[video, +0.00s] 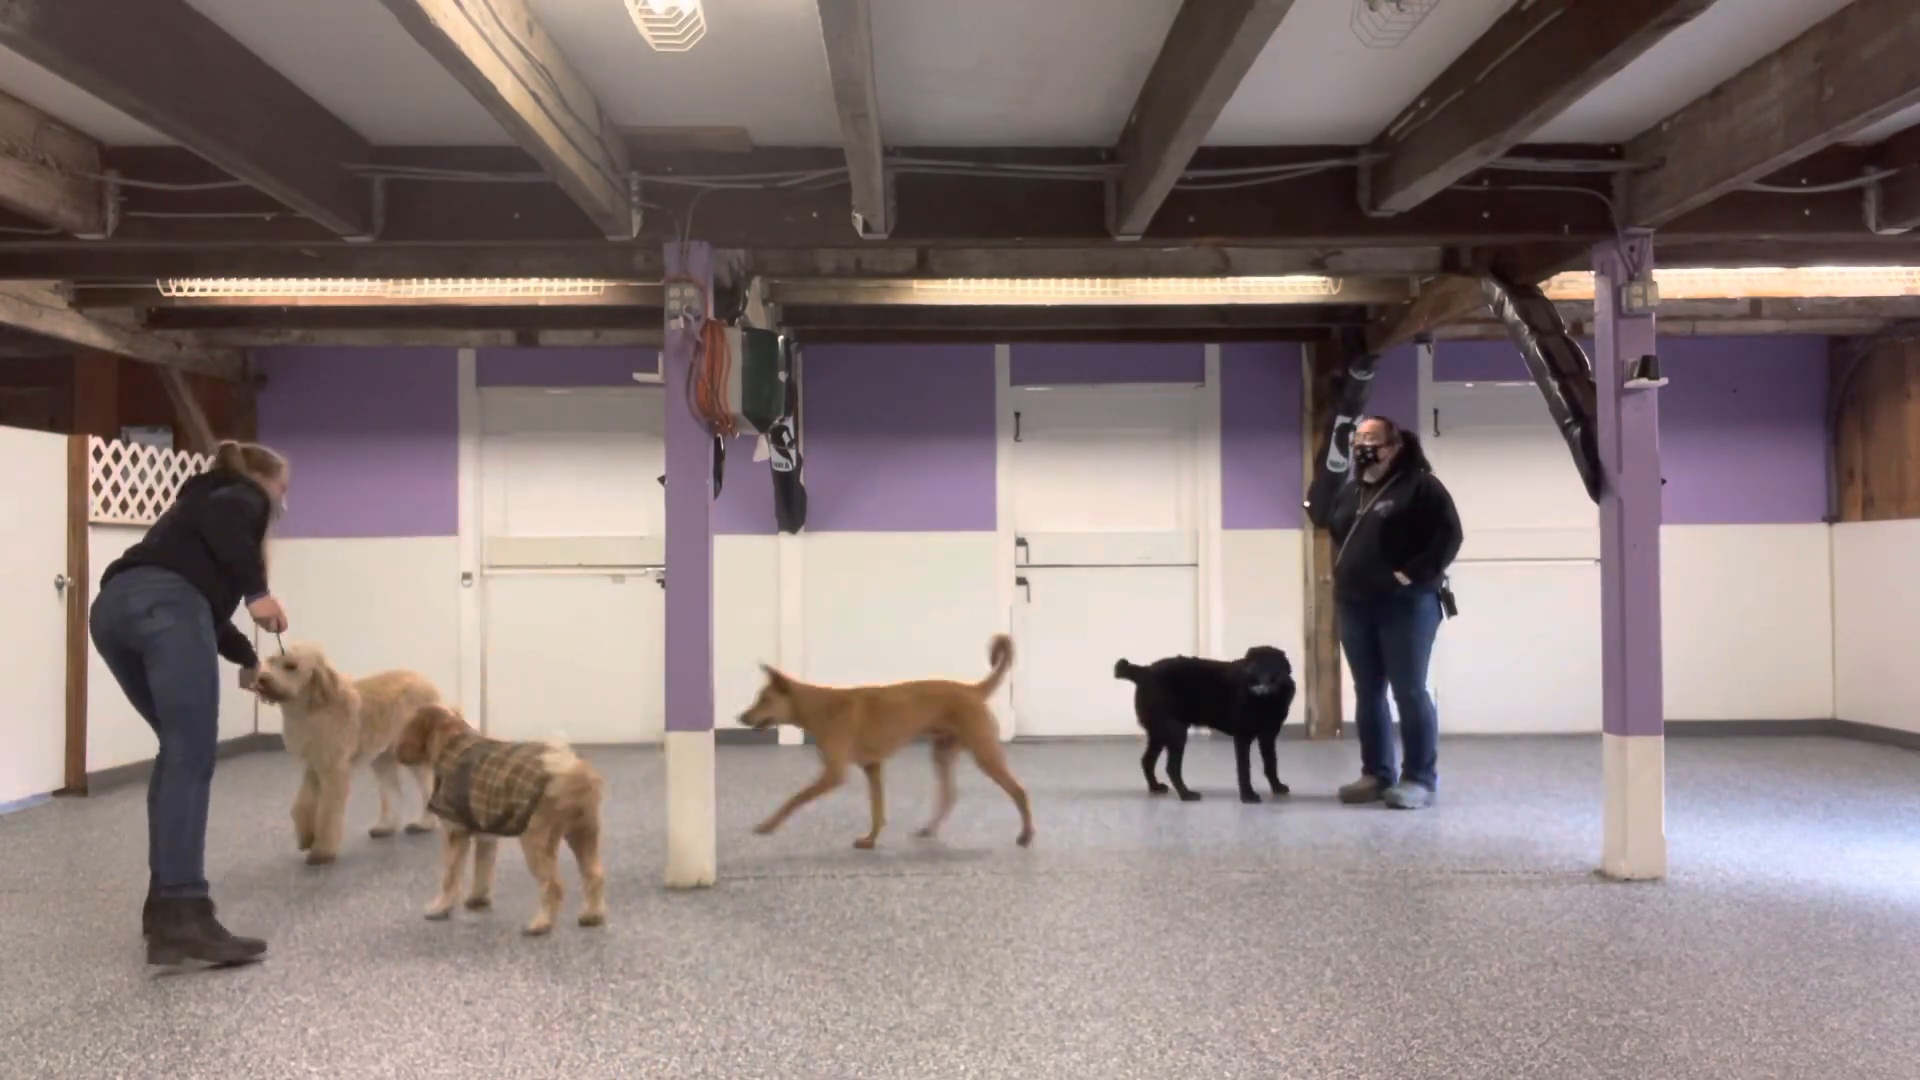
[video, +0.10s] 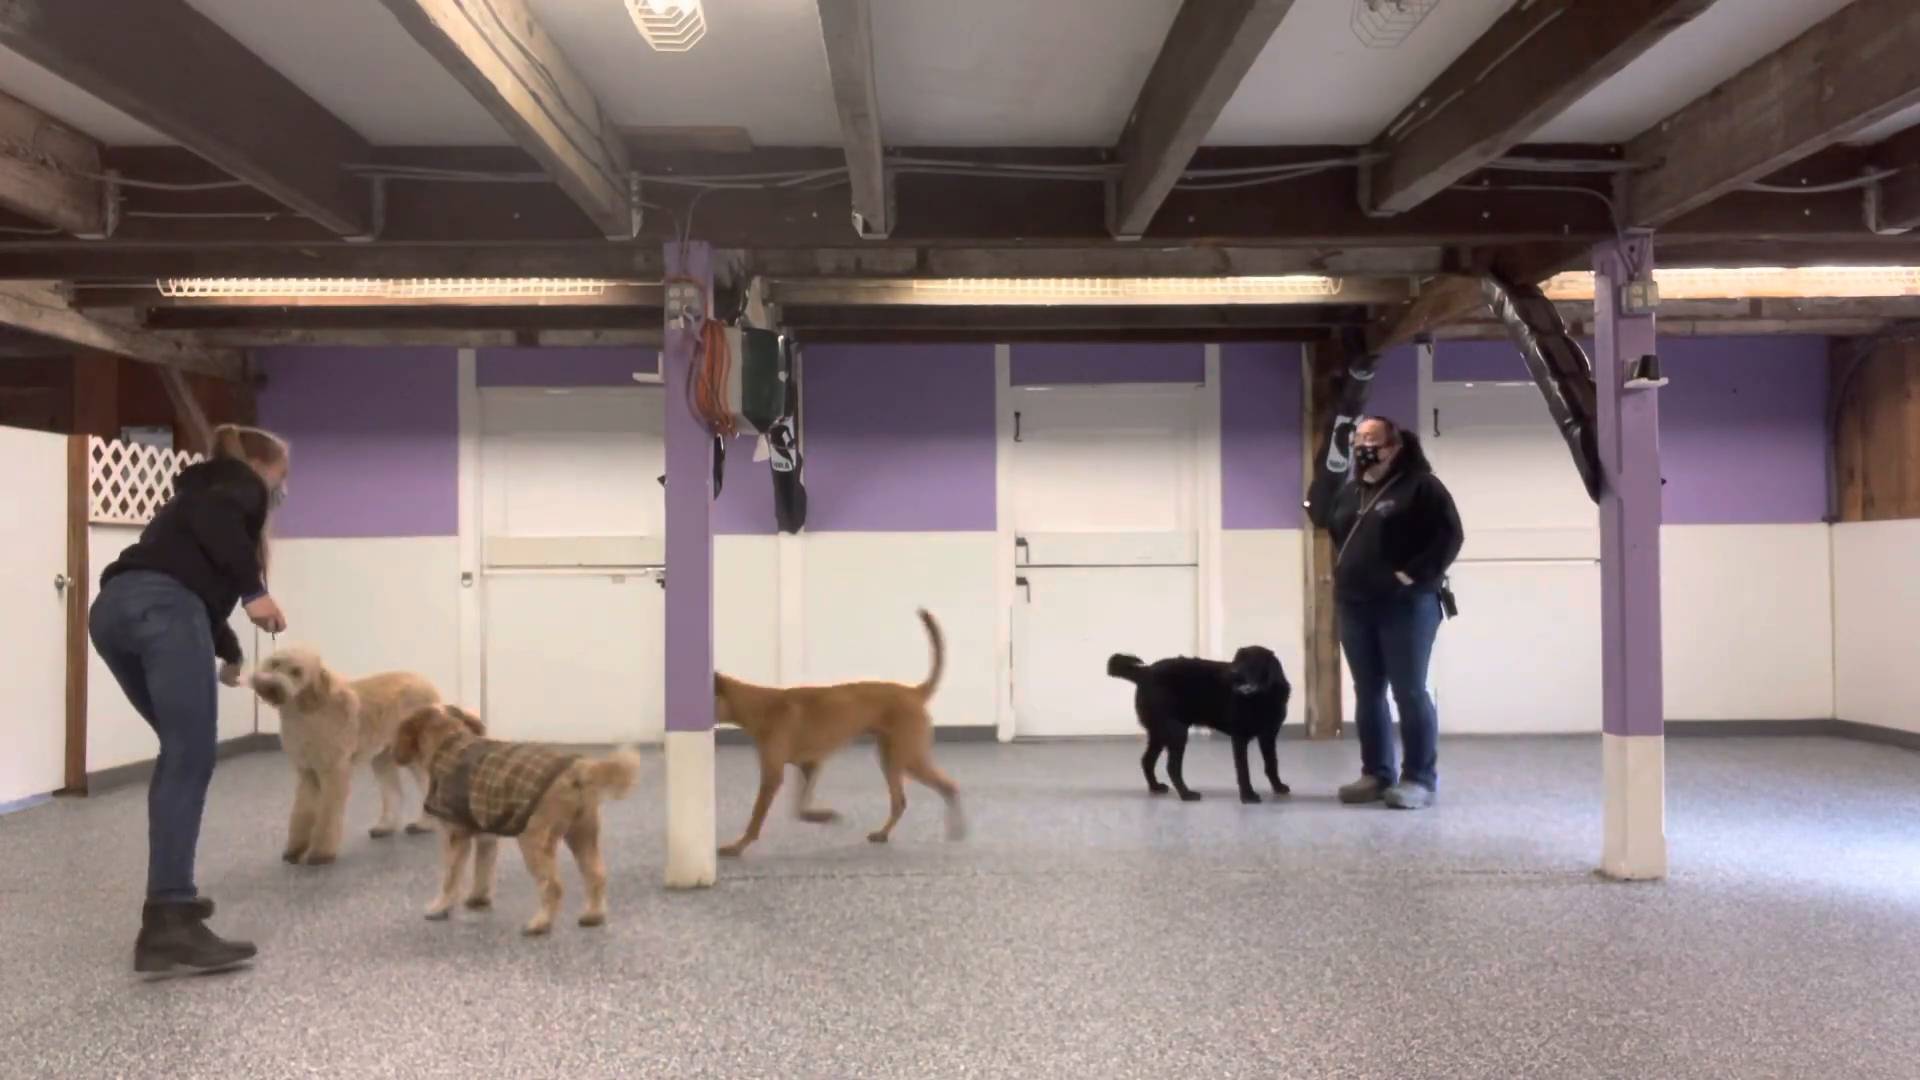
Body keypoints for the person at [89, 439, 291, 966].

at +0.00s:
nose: (280, 502)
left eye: (282, 494)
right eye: (279, 492)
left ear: (230, 472)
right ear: (259, 477)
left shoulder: (196, 504)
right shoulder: (241, 491)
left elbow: (203, 600)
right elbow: (233, 529)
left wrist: (248, 662)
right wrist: (258, 593)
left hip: (112, 608)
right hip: (166, 599)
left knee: (180, 747)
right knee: (192, 748)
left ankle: (168, 904)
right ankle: (183, 912)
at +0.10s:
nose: (279, 491)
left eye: (281, 484)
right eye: (277, 481)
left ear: (228, 461)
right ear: (256, 463)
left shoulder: (194, 493)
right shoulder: (241, 480)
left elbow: (192, 579)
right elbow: (219, 521)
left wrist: (229, 652)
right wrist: (256, 592)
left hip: (113, 608)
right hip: (164, 601)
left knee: (182, 748)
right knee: (191, 750)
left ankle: (168, 895)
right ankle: (169, 920)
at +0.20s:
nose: (278, 477)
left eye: (281, 469)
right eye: (277, 467)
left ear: (227, 449)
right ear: (257, 453)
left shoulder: (194, 481)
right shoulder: (238, 473)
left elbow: (188, 570)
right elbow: (216, 526)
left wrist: (210, 644)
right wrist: (251, 591)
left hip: (115, 606)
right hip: (160, 602)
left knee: (185, 751)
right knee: (192, 755)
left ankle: (165, 895)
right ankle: (158, 923)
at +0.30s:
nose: (277, 458)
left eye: (281, 448)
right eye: (275, 446)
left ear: (231, 430)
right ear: (253, 434)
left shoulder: (202, 467)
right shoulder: (230, 462)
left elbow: (177, 540)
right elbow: (191, 522)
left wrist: (230, 600)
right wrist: (235, 594)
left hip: (123, 609)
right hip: (152, 608)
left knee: (188, 757)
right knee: (195, 763)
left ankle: (172, 892)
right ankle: (142, 935)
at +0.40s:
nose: (277, 439)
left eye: (281, 428)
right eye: (274, 426)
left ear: (240, 414)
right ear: (248, 414)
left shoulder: (218, 456)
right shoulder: (215, 449)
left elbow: (183, 534)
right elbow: (169, 520)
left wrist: (201, 606)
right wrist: (208, 594)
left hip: (145, 614)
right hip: (147, 615)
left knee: (183, 761)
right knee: (201, 771)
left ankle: (171, 892)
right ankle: (135, 943)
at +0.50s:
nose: (274, 419)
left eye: (279, 409)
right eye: (272, 406)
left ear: (251, 395)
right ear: (246, 390)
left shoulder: (226, 445)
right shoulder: (203, 431)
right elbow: (137, 508)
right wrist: (155, 592)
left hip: (167, 616)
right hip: (151, 616)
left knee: (206, 761)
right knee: (199, 773)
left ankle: (183, 888)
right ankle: (135, 944)